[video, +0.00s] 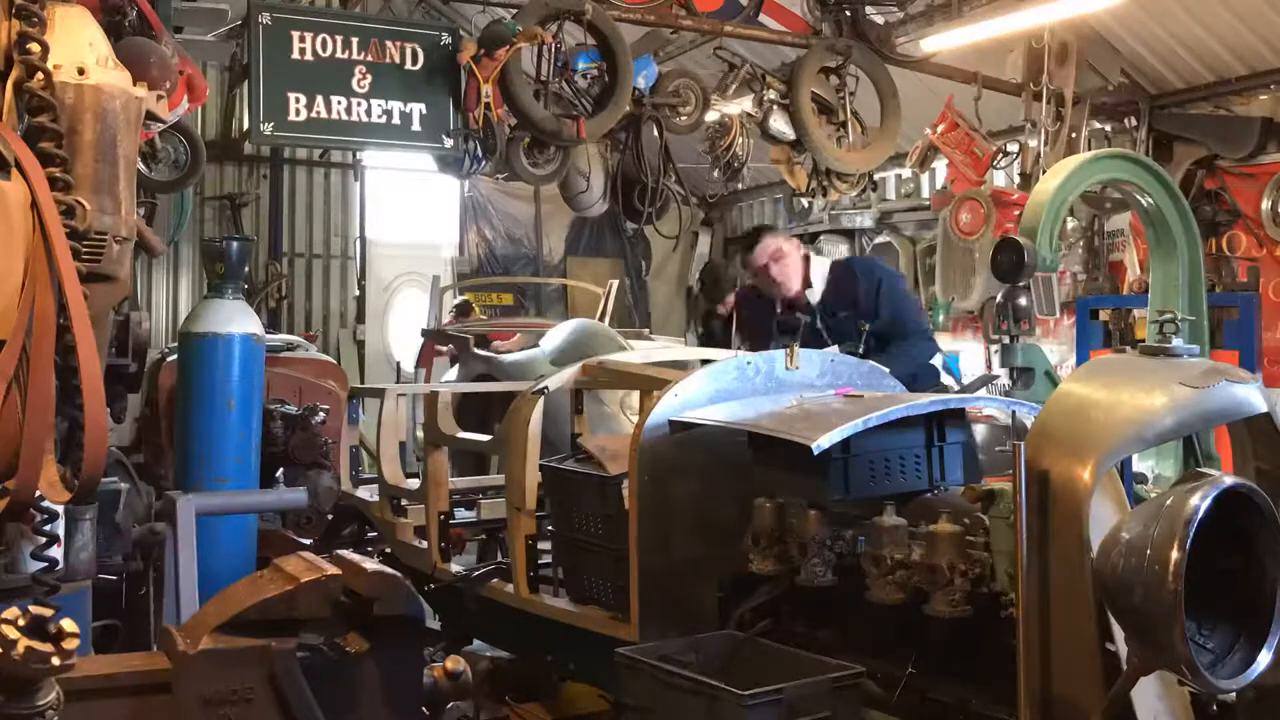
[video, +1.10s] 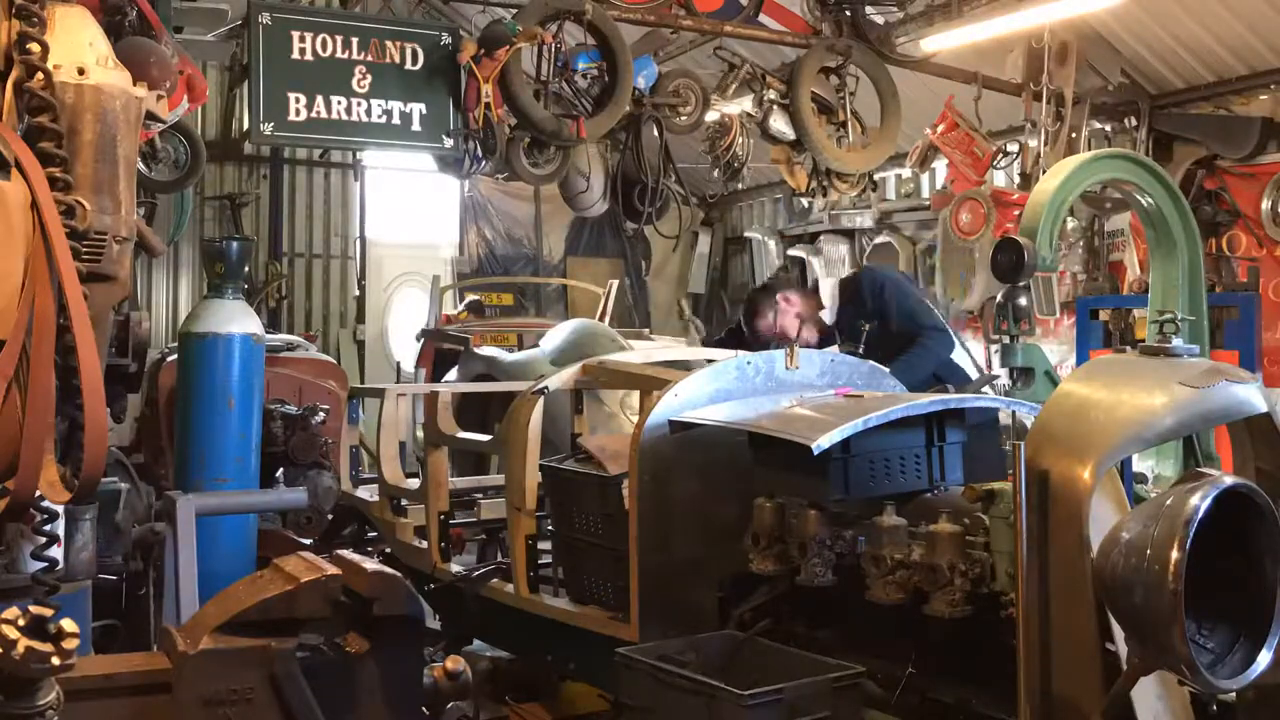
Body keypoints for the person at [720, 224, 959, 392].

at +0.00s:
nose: (774, 273)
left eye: (777, 257)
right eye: (761, 270)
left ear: (797, 247)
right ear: (755, 282)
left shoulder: (863, 276)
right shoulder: (765, 316)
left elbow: (919, 346)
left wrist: (856, 382)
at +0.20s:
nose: (805, 265)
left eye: (815, 251)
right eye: (793, 255)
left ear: (829, 241)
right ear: (774, 253)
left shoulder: (877, 266)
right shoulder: (776, 329)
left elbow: (927, 332)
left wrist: (875, 387)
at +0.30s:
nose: (837, 256)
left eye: (847, 244)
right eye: (826, 244)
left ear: (861, 233)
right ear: (808, 235)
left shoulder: (902, 263)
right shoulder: (797, 303)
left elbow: (935, 340)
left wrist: (876, 387)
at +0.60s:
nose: (844, 262)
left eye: (856, 251)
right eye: (835, 251)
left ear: (881, 230)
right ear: (825, 240)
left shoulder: (927, 264)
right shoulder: (823, 295)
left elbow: (938, 345)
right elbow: (813, 362)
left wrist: (879, 390)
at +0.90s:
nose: (841, 254)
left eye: (846, 239)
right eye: (833, 246)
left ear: (874, 217)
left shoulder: (939, 261)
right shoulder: (839, 290)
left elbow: (941, 345)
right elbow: (819, 360)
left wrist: (881, 391)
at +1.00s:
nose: (815, 281)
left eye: (816, 268)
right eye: (807, 274)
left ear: (835, 237)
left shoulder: (919, 259)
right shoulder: (830, 304)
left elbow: (940, 342)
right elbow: (804, 359)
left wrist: (878, 391)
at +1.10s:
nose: (787, 339)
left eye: (779, 328)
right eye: (778, 342)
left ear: (787, 299)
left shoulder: (873, 283)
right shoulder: (827, 351)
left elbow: (938, 339)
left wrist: (880, 389)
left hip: (959, 409)